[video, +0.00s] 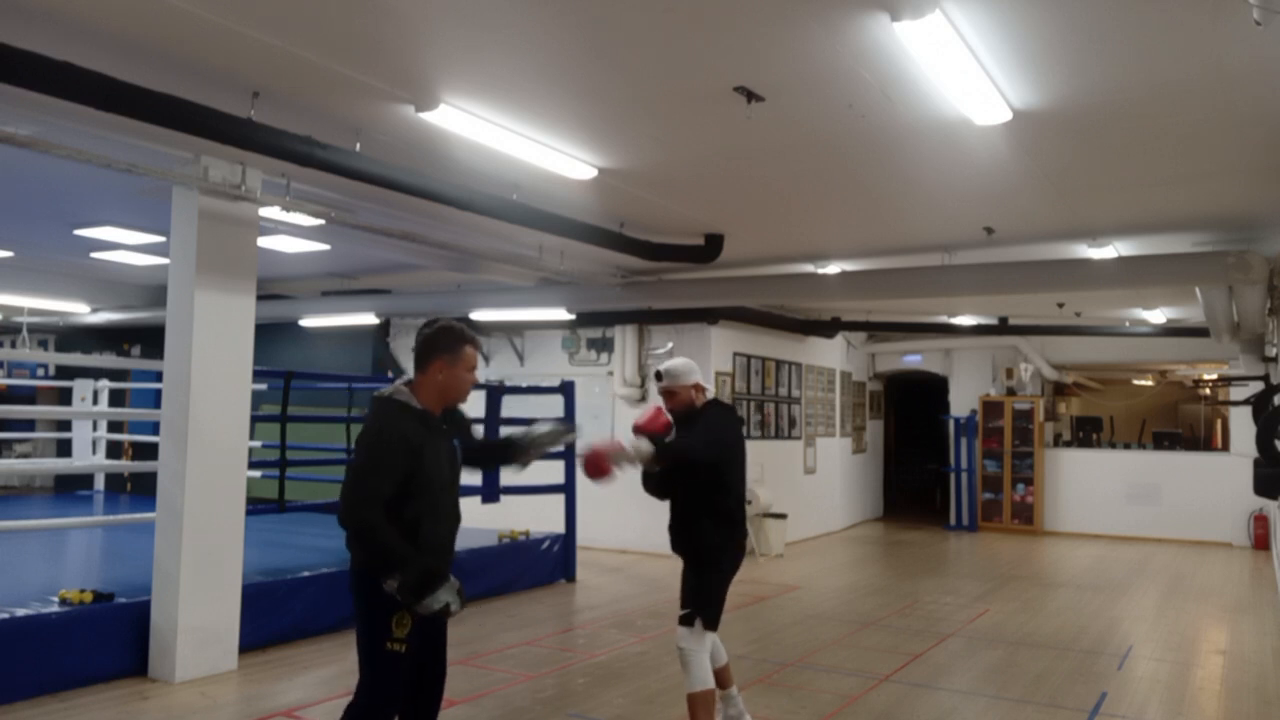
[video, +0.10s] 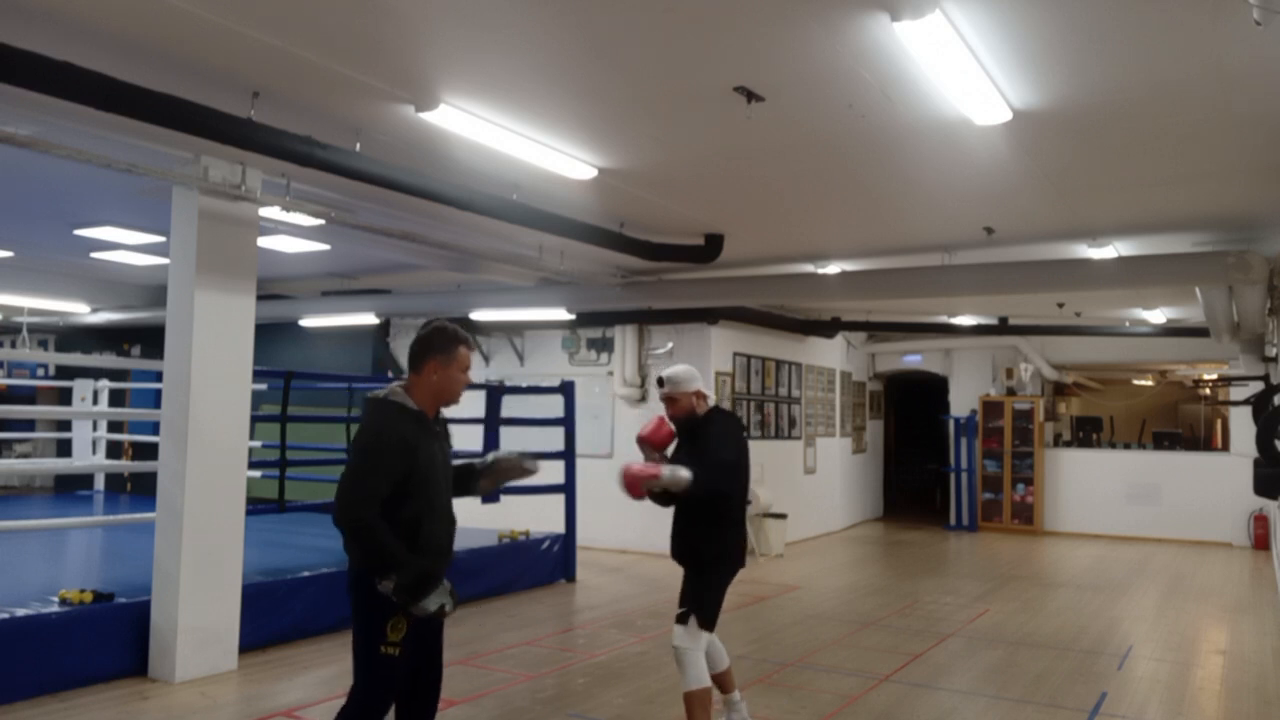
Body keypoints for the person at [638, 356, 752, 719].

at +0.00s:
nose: (665, 403)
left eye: (671, 395)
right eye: (662, 395)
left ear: (695, 390)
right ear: (688, 392)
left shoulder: (716, 420)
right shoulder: (687, 426)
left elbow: (693, 463)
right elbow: (661, 486)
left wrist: (650, 452)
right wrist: (656, 451)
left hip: (716, 546)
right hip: (701, 543)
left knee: (691, 644)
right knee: (703, 637)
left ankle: (706, 715)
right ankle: (734, 710)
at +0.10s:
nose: (667, 410)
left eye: (673, 401)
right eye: (665, 402)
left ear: (698, 398)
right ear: (684, 400)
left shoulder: (723, 427)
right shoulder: (686, 434)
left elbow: (723, 486)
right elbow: (668, 497)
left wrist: (669, 476)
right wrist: (654, 459)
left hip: (717, 551)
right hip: (696, 548)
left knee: (686, 643)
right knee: (702, 638)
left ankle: (701, 713)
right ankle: (736, 709)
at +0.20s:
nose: (669, 408)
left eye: (674, 400)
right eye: (667, 401)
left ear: (698, 396)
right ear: (678, 399)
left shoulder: (728, 425)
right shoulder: (687, 431)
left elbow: (736, 481)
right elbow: (668, 495)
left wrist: (684, 465)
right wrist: (655, 459)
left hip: (722, 546)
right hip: (695, 543)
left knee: (687, 635)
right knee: (702, 632)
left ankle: (698, 716)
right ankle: (737, 709)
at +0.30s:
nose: (671, 401)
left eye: (677, 394)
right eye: (669, 394)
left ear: (701, 391)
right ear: (679, 393)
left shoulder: (727, 419)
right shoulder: (686, 425)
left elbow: (731, 471)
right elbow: (667, 488)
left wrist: (682, 439)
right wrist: (655, 453)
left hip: (722, 541)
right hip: (696, 539)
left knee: (696, 633)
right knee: (707, 630)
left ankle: (698, 716)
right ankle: (737, 708)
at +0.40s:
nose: (674, 404)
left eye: (680, 396)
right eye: (672, 397)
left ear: (704, 393)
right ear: (678, 396)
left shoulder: (727, 421)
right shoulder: (690, 427)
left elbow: (720, 469)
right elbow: (663, 489)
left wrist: (674, 439)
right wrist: (652, 450)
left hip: (720, 548)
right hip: (697, 546)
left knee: (693, 641)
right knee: (704, 635)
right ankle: (736, 708)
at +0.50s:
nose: (674, 411)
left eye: (680, 402)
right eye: (672, 403)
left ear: (704, 399)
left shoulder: (729, 430)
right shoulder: (693, 436)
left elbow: (722, 484)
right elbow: (665, 493)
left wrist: (674, 466)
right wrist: (653, 468)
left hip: (721, 552)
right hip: (696, 550)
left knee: (682, 642)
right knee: (697, 636)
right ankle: (735, 708)